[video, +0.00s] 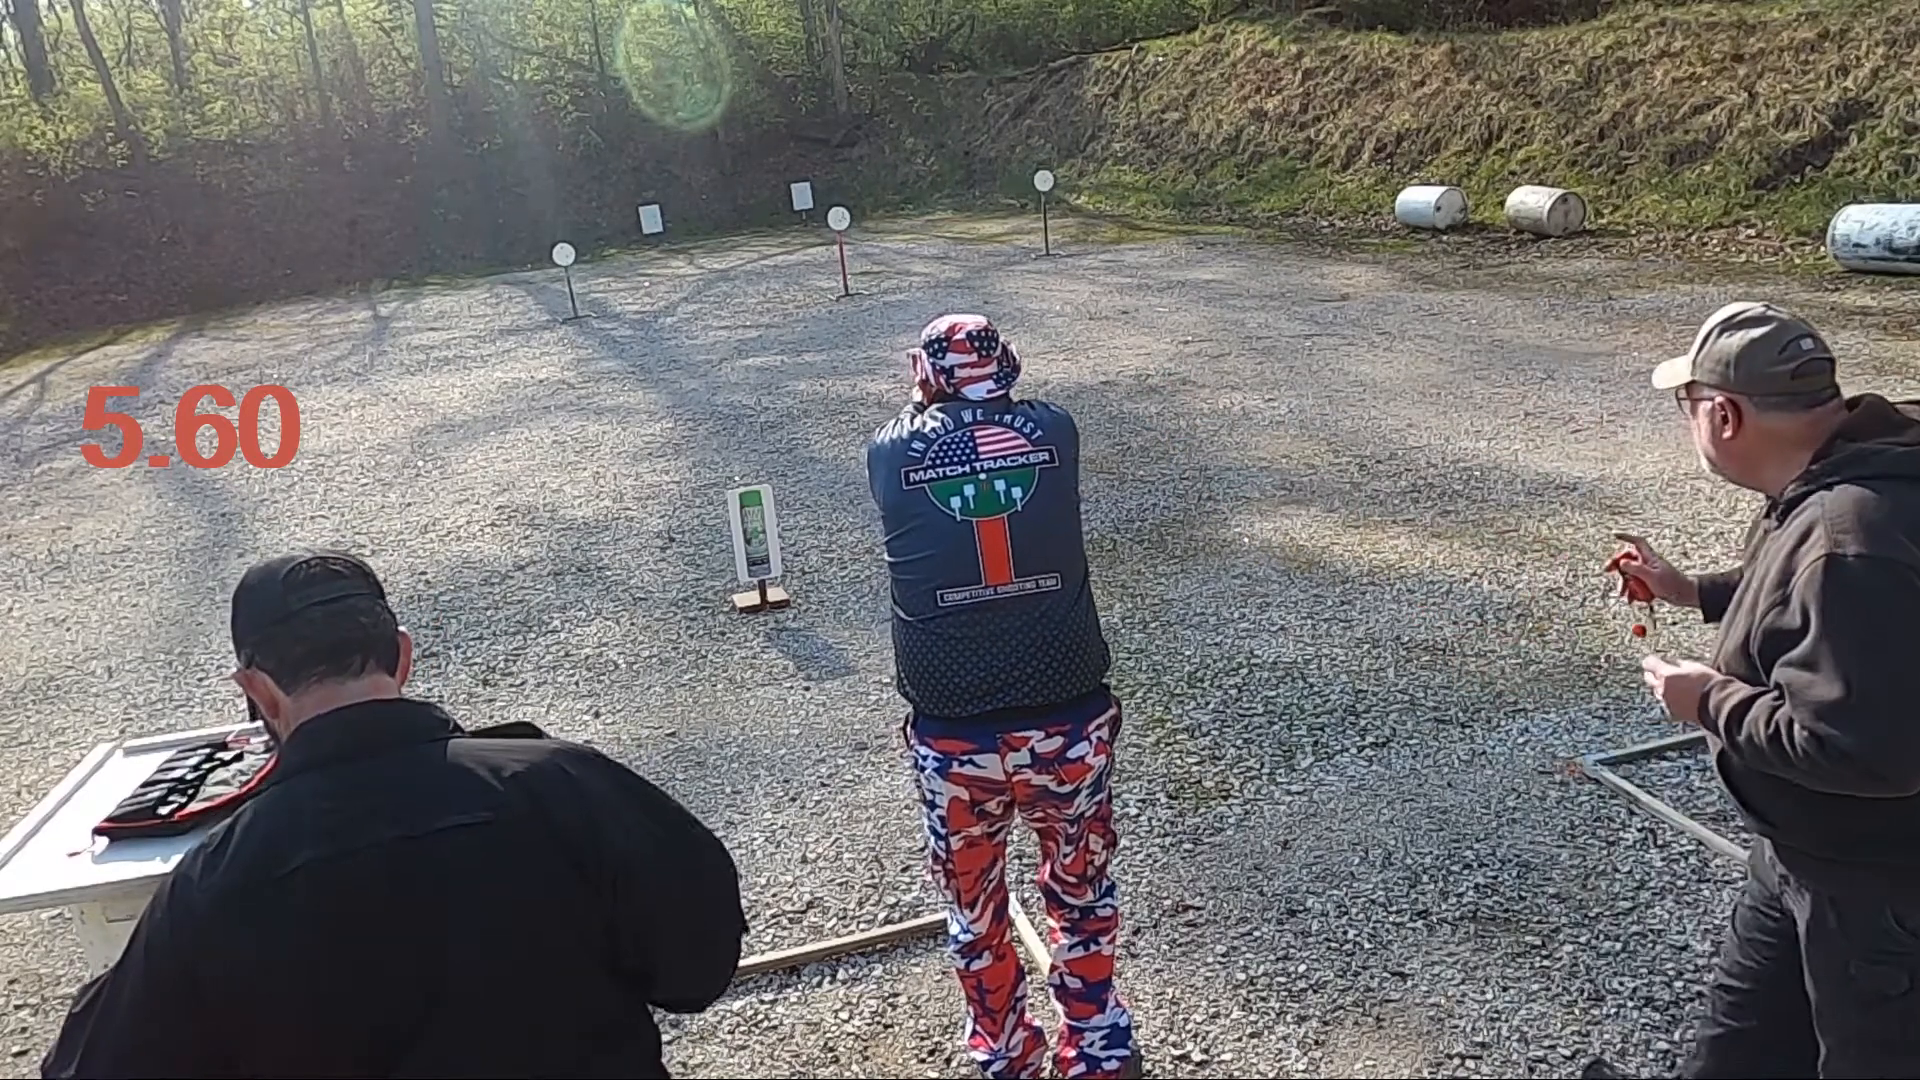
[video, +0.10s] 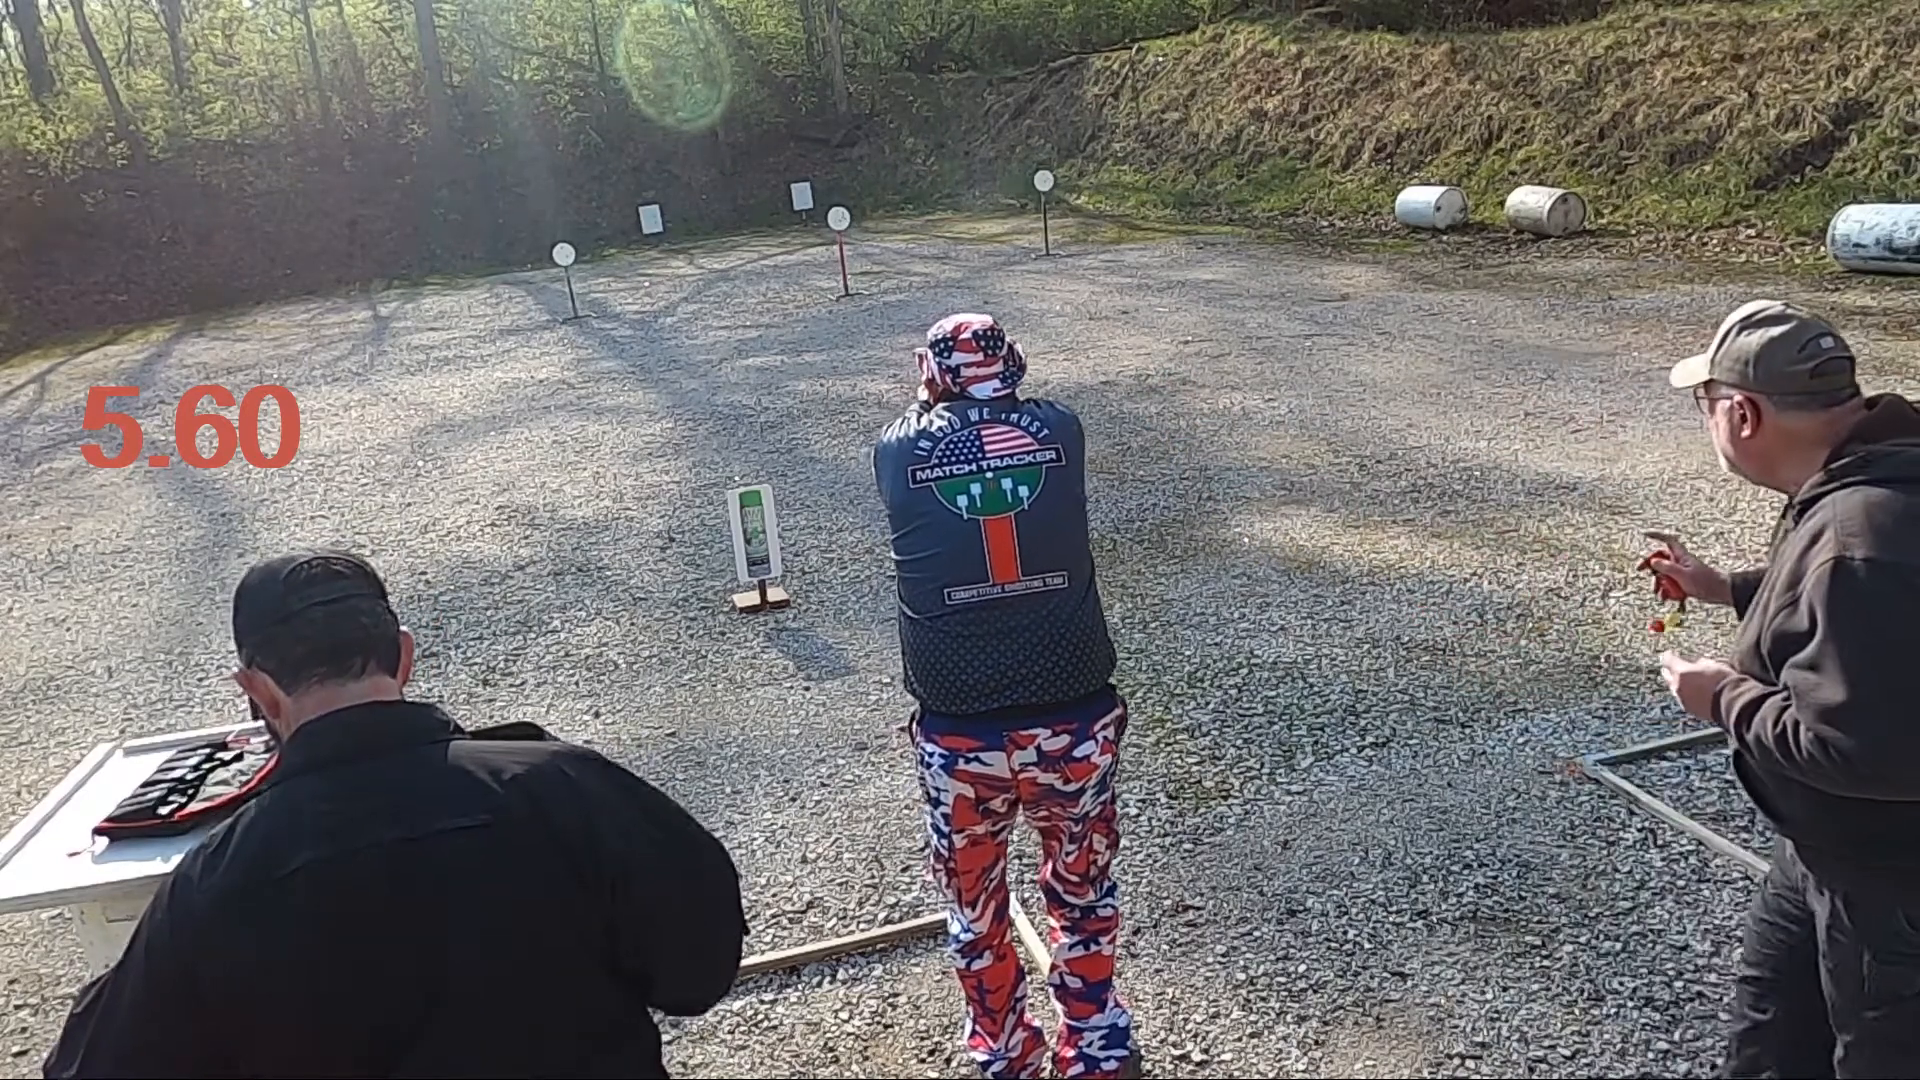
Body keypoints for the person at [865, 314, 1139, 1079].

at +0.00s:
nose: (920, 388)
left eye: (921, 379)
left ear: (927, 388)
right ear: (1004, 379)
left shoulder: (888, 458)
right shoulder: (1054, 430)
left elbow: (907, 437)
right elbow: (993, 424)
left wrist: (931, 399)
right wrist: (952, 395)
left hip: (955, 740)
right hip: (1071, 727)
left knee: (975, 901)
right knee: (1082, 891)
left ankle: (1003, 1055)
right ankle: (1099, 1052)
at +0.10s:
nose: (924, 386)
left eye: (925, 376)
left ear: (932, 386)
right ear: (1009, 376)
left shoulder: (896, 455)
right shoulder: (1060, 429)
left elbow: (916, 436)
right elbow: (1006, 423)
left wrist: (942, 398)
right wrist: (960, 394)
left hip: (960, 737)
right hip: (1077, 725)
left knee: (975, 899)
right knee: (1083, 892)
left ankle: (1003, 1054)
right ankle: (1098, 1054)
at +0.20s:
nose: (934, 384)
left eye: (936, 374)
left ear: (943, 385)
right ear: (1019, 376)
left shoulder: (905, 453)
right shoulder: (1068, 427)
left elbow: (923, 437)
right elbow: (1019, 418)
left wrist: (950, 397)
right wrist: (968, 392)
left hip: (970, 732)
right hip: (1087, 722)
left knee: (975, 895)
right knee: (1089, 884)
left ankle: (1000, 1053)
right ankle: (1096, 1046)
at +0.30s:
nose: (944, 377)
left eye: (946, 367)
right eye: (950, 366)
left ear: (954, 379)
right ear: (1028, 370)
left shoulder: (917, 446)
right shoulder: (1079, 419)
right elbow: (1028, 419)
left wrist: (970, 395)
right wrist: (982, 389)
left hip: (985, 726)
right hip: (1105, 714)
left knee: (980, 891)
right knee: (1118, 872)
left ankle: (1000, 1054)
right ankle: (1106, 1039)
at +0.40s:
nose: (981, 380)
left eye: (979, 369)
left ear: (978, 378)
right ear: (1056, 368)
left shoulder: (939, 446)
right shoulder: (1101, 419)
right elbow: (1053, 419)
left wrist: (993, 396)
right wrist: (1012, 391)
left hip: (1005, 725)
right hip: (1126, 711)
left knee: (995, 892)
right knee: (1172, 847)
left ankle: (1001, 1055)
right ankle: (1176, 1025)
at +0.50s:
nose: (1077, 392)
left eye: (1015, 379)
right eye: (1081, 379)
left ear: (1010, 389)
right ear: (1088, 383)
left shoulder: (970, 460)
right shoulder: (1131, 433)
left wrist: (1032, 410)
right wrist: (1051, 406)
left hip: (1032, 736)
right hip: (1155, 721)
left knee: (1008, 887)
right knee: (1236, 844)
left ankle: (1002, 1052)